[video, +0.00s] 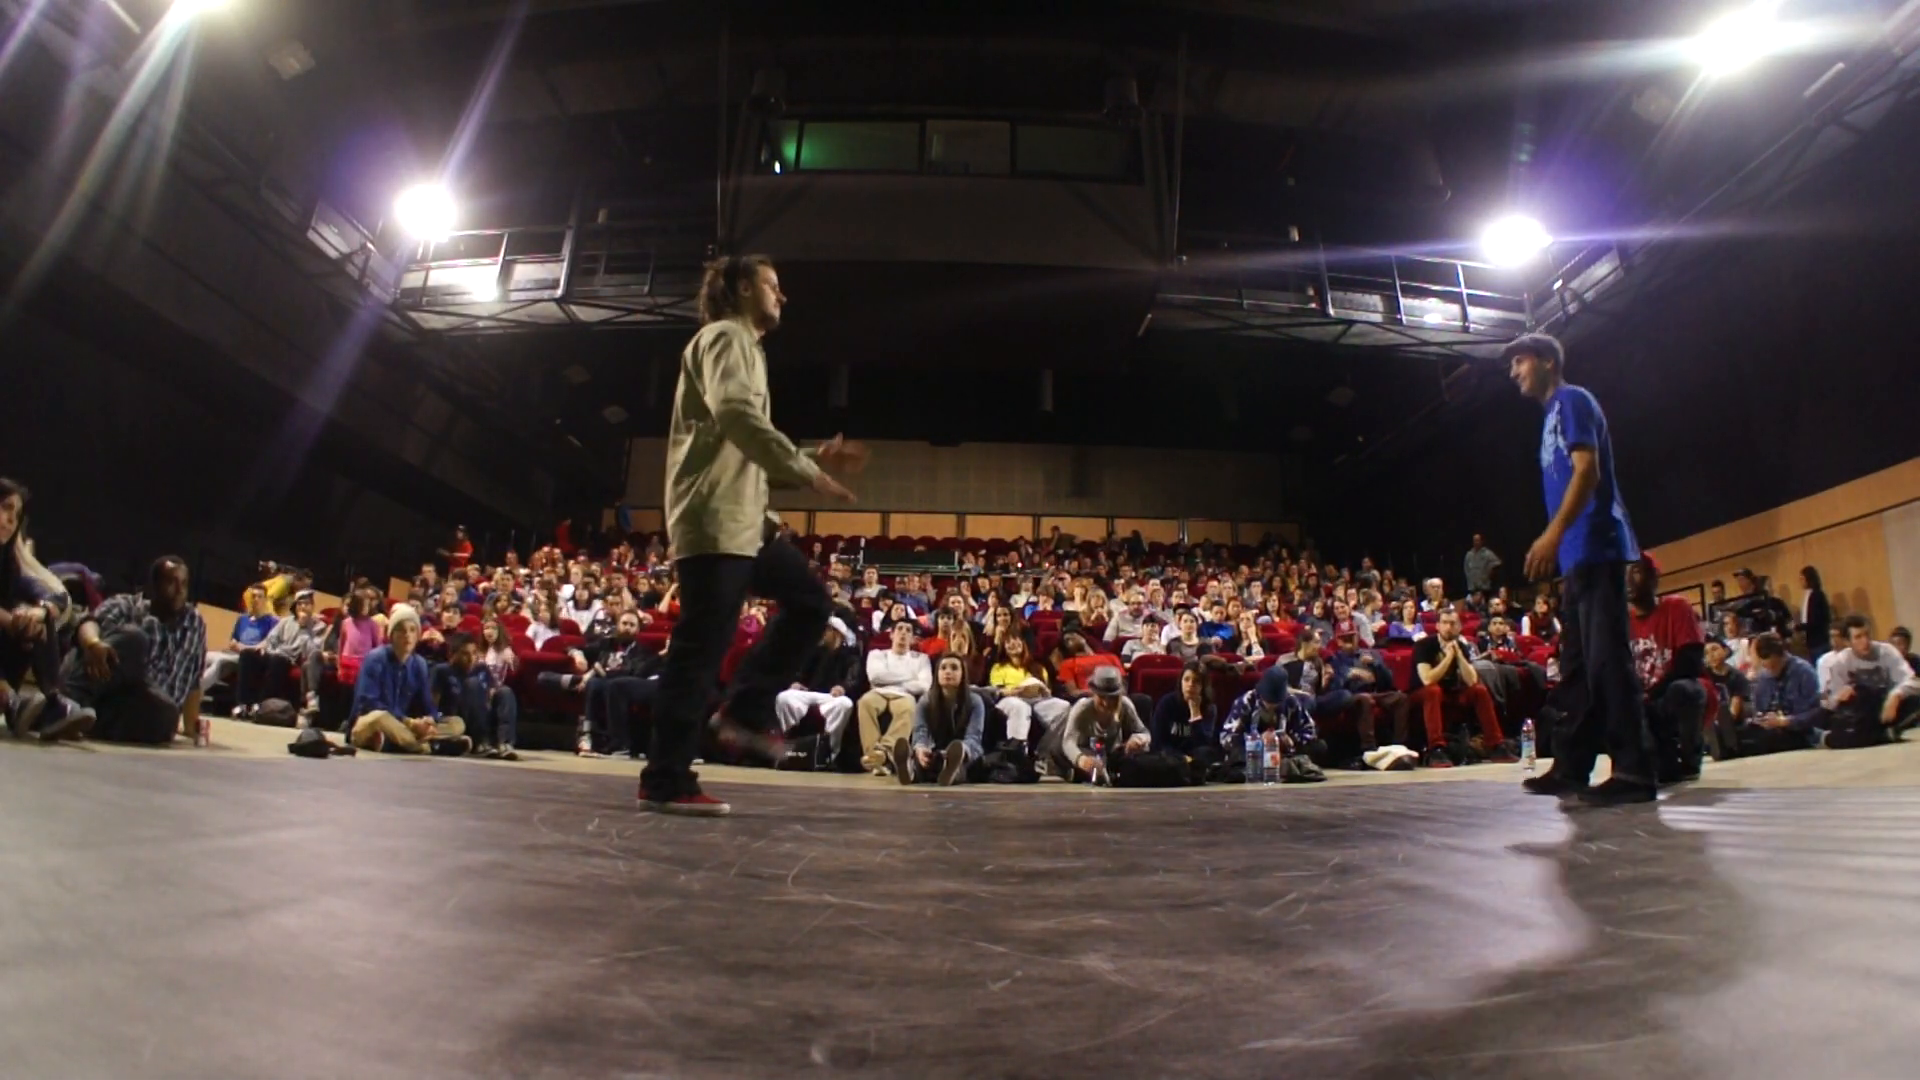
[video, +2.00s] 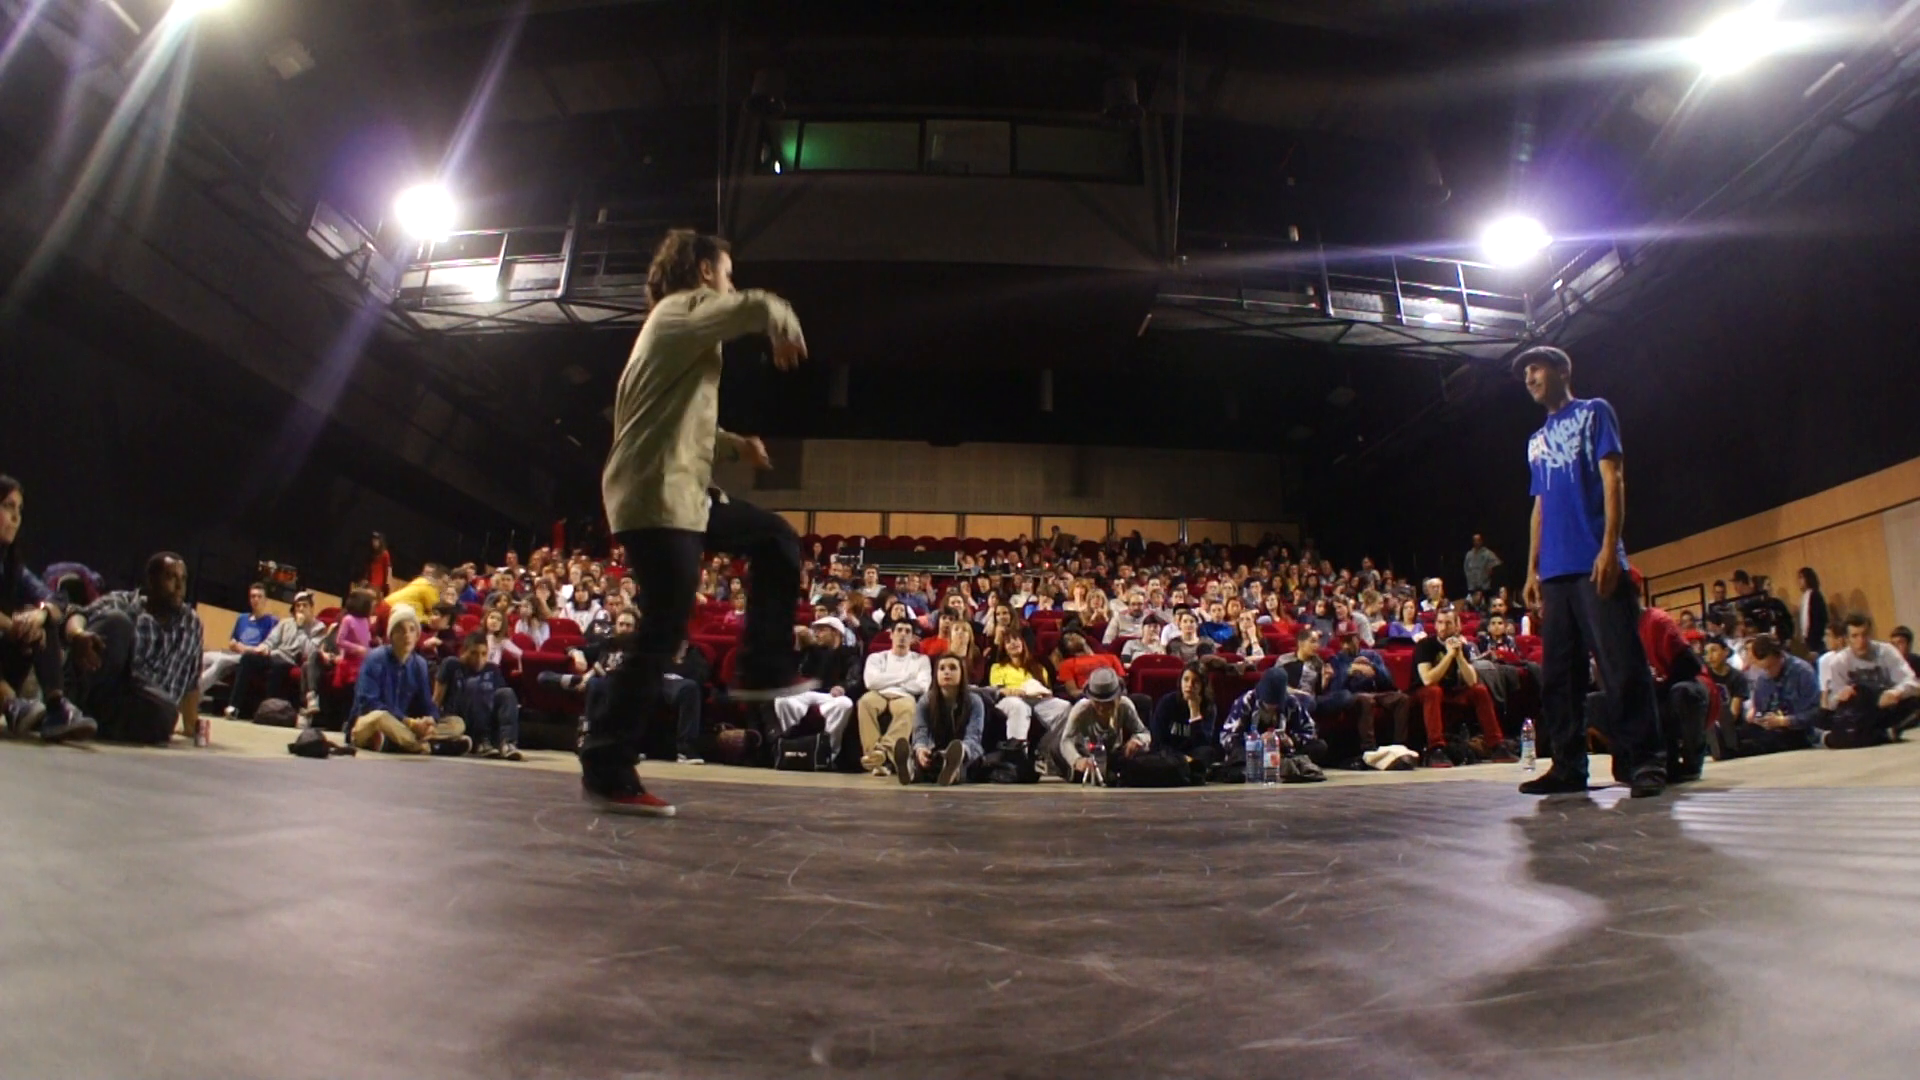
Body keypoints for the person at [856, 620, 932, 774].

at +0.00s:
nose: (903, 634)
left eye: (908, 631)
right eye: (900, 629)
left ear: (913, 638)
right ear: (891, 634)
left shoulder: (921, 658)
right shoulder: (876, 654)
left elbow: (924, 685)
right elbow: (875, 677)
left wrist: (891, 683)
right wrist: (909, 678)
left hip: (905, 694)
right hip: (880, 691)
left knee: (907, 710)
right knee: (865, 703)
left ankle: (885, 749)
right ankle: (875, 760)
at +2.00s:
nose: (903, 635)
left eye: (907, 632)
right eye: (899, 630)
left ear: (912, 638)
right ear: (891, 634)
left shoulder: (921, 659)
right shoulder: (875, 657)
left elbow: (922, 686)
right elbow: (871, 682)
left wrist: (887, 683)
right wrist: (905, 678)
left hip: (904, 694)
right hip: (879, 692)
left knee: (907, 710)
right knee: (865, 703)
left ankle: (884, 750)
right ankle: (876, 761)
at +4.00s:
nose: (903, 635)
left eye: (907, 632)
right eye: (899, 631)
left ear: (912, 638)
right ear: (891, 634)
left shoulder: (921, 659)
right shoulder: (876, 658)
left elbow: (922, 686)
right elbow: (871, 682)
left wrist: (887, 683)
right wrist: (905, 678)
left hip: (904, 694)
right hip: (879, 692)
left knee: (907, 710)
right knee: (865, 703)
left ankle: (884, 750)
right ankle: (876, 761)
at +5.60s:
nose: (903, 636)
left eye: (907, 632)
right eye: (898, 632)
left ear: (912, 637)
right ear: (890, 635)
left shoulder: (921, 659)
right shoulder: (876, 658)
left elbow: (922, 686)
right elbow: (871, 682)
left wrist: (887, 682)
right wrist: (905, 677)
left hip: (904, 694)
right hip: (879, 692)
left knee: (907, 710)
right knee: (865, 703)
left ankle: (884, 750)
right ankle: (875, 761)